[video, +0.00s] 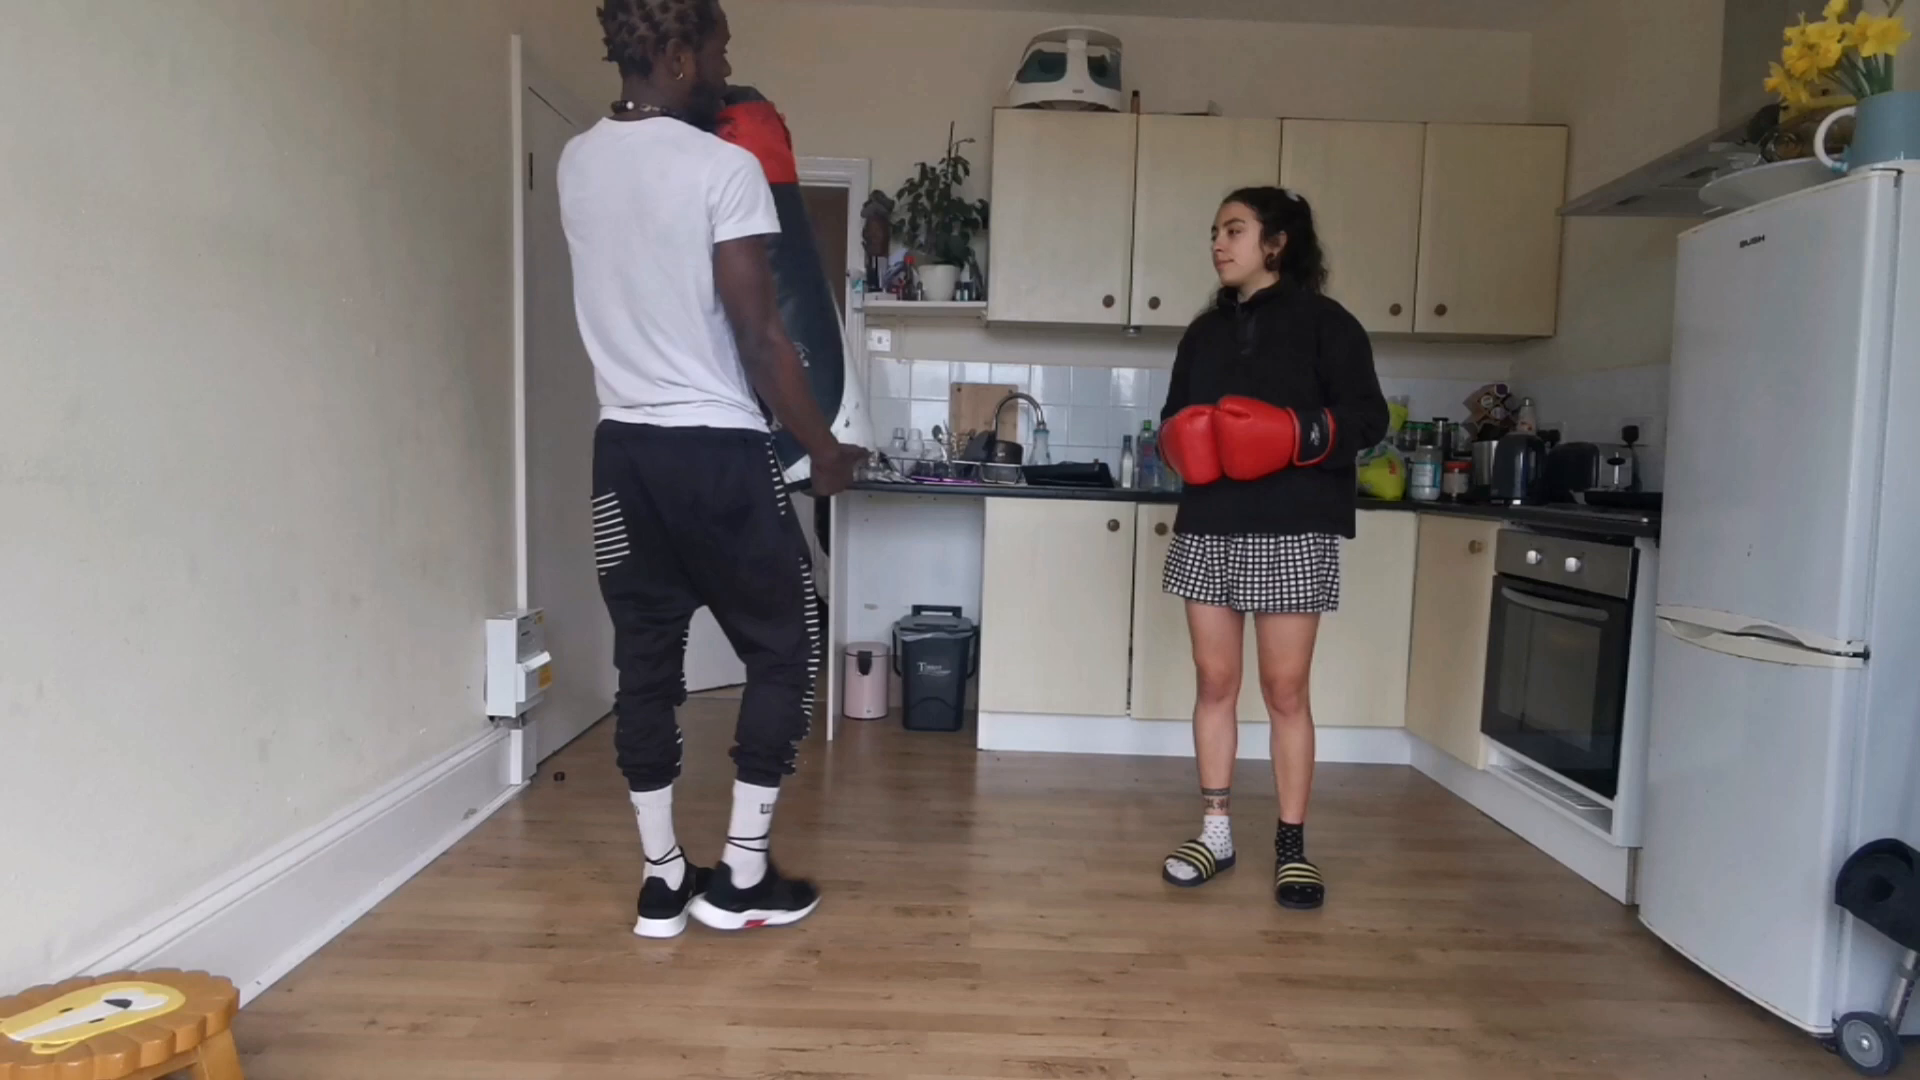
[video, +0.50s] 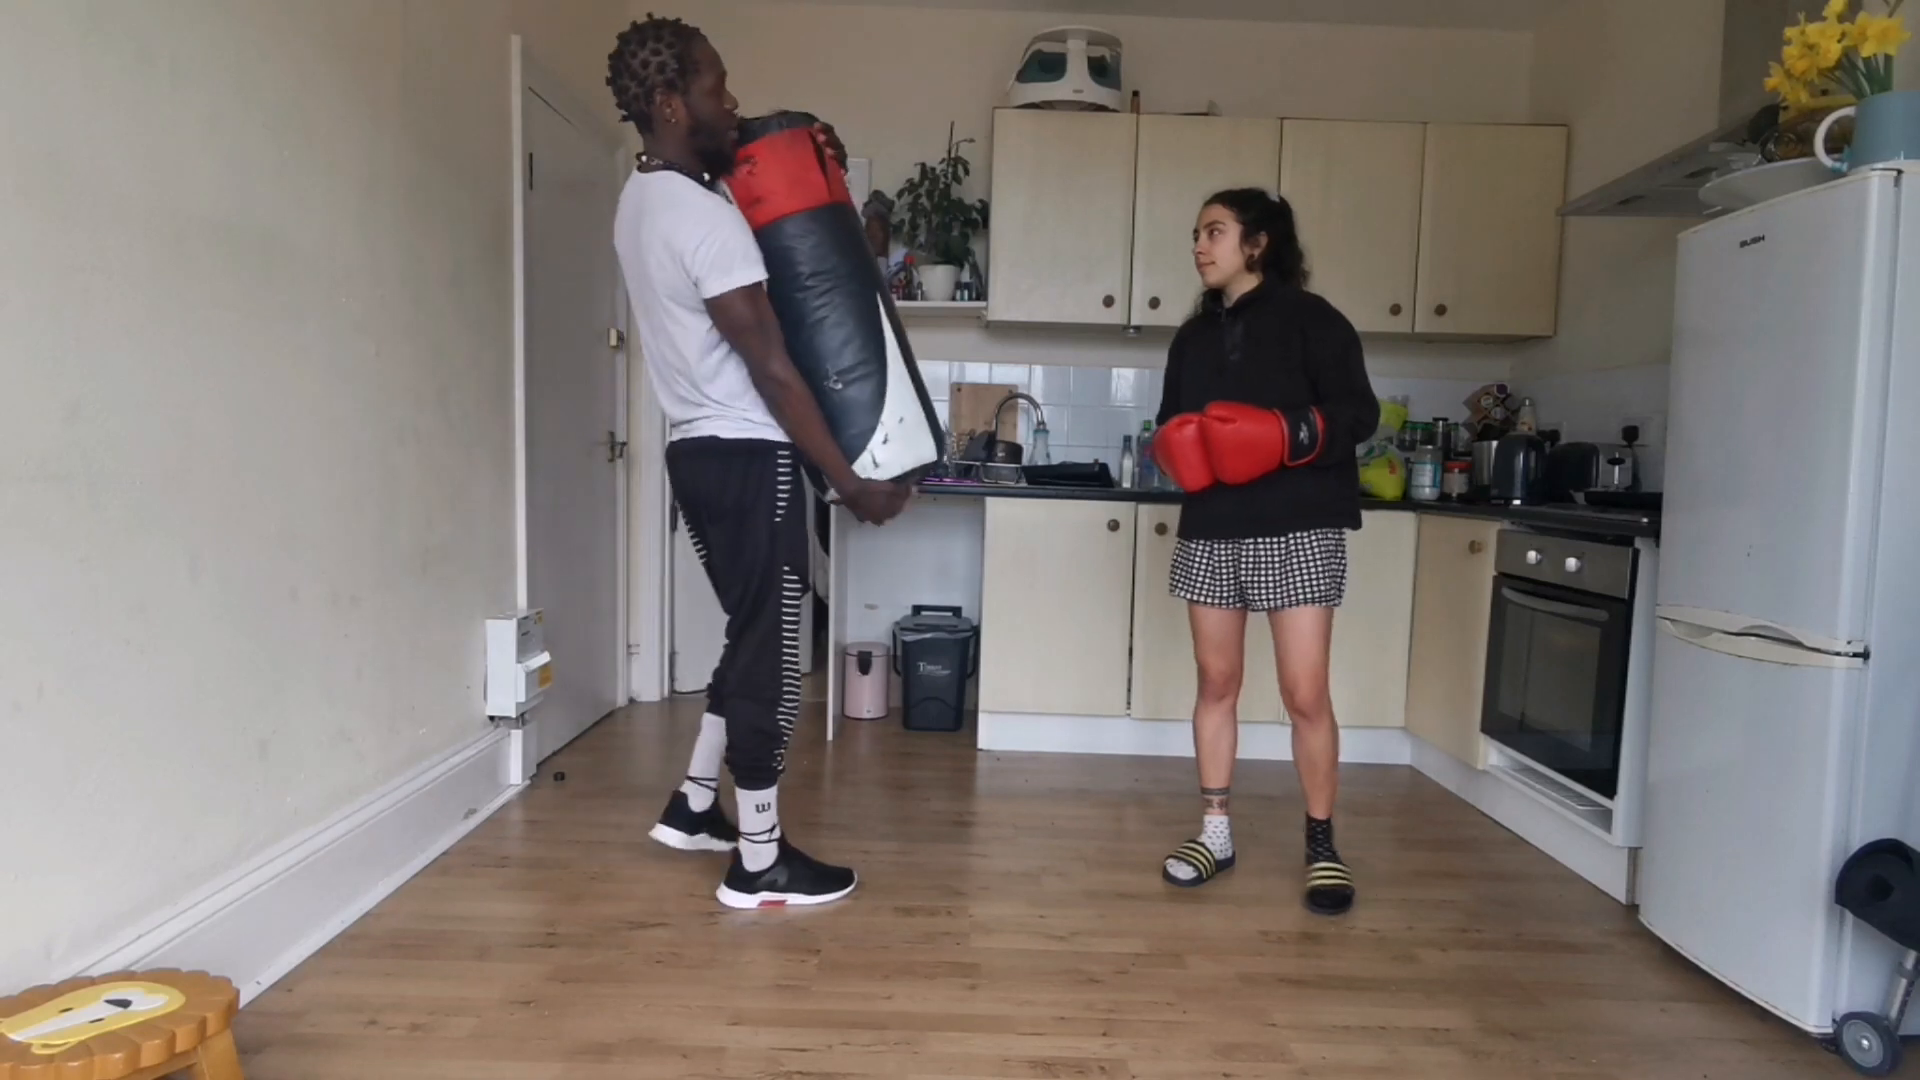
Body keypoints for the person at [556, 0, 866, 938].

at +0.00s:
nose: (721, 69)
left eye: (718, 50)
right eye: (715, 50)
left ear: (625, 54)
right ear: (678, 53)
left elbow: (612, 277)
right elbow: (759, 331)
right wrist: (823, 445)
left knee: (644, 663)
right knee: (782, 650)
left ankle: (662, 878)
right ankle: (745, 874)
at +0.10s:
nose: (724, 76)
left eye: (721, 56)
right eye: (716, 57)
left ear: (632, 63)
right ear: (676, 62)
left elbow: (625, 296)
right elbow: (752, 336)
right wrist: (822, 452)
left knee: (648, 658)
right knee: (778, 647)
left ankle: (664, 873)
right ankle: (762, 862)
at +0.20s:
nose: (726, 93)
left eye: (722, 74)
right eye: (715, 74)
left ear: (636, 84)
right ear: (676, 80)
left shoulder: (606, 188)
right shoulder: (706, 196)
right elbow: (744, 359)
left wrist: (737, 146)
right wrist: (819, 471)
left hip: (652, 455)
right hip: (732, 459)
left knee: (677, 659)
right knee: (769, 656)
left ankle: (667, 870)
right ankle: (762, 854)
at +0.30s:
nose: (734, 99)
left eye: (730, 81)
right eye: (723, 81)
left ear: (650, 94)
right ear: (678, 90)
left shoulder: (625, 193)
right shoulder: (707, 206)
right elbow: (743, 362)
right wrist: (827, 473)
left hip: (670, 461)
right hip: (738, 462)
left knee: (706, 649)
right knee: (771, 656)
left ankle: (671, 850)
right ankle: (761, 860)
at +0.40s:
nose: (739, 101)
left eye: (735, 84)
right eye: (726, 84)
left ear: (659, 101)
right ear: (679, 96)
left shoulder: (636, 194)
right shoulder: (713, 211)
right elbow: (751, 361)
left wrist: (754, 143)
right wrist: (833, 477)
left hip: (686, 453)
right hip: (742, 456)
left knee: (741, 632)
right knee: (768, 644)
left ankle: (678, 811)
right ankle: (760, 860)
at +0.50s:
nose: (732, 101)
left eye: (725, 85)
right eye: (717, 87)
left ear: (659, 109)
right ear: (670, 105)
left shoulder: (643, 197)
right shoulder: (701, 214)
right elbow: (767, 360)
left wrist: (767, 147)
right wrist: (848, 481)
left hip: (700, 449)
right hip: (749, 453)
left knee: (759, 624)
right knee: (772, 638)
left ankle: (697, 798)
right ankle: (760, 859)